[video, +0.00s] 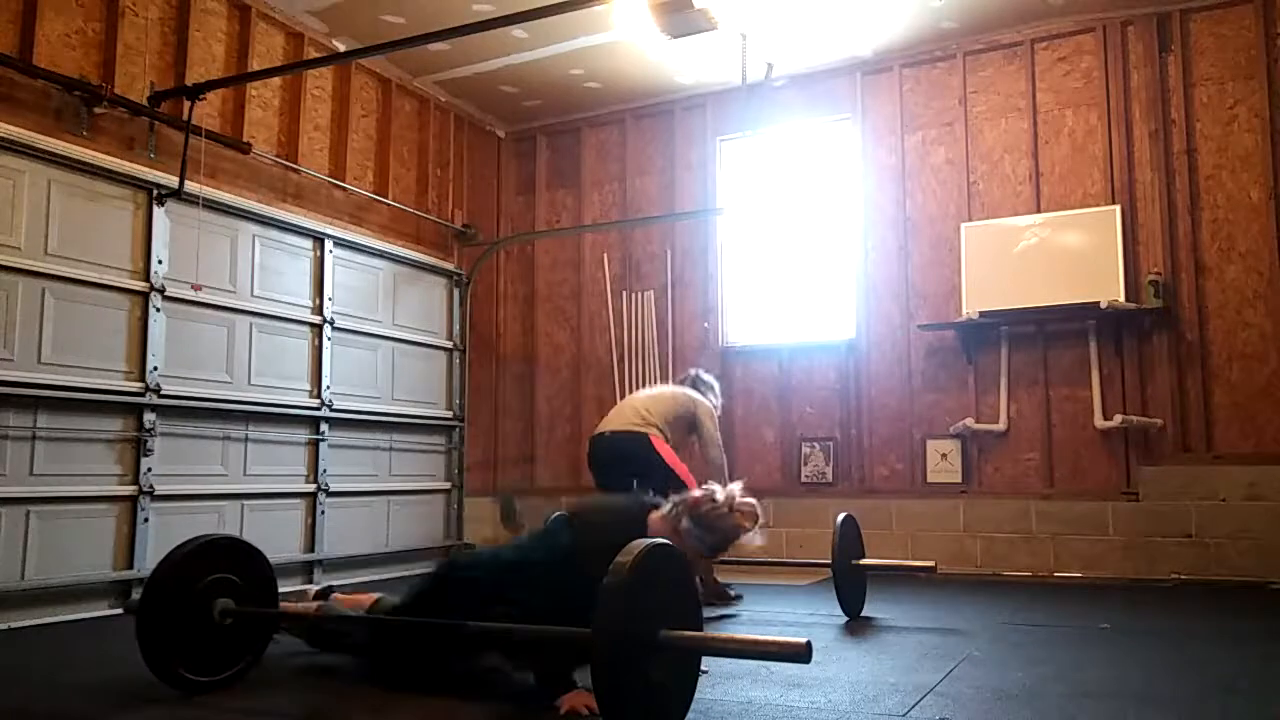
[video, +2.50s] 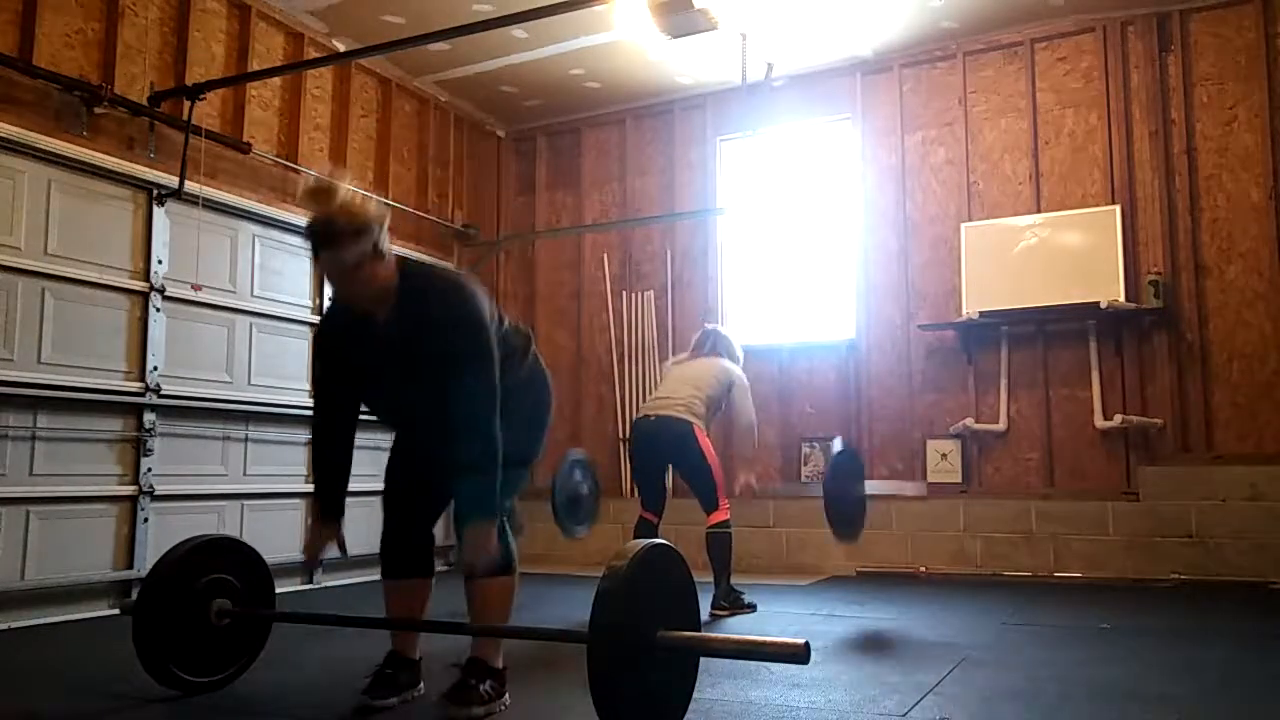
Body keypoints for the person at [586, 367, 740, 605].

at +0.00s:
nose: (716, 414)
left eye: (718, 409)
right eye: (716, 408)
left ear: (686, 386)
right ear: (707, 395)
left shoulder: (657, 396)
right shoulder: (702, 404)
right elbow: (715, 459)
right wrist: (725, 498)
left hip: (600, 443)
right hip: (640, 441)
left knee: (629, 517)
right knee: (694, 505)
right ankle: (709, 585)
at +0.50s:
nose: (730, 406)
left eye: (729, 401)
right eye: (729, 401)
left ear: (696, 388)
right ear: (723, 396)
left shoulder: (670, 397)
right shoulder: (724, 408)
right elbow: (735, 469)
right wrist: (744, 514)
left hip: (633, 436)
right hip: (678, 435)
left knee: (644, 515)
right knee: (706, 513)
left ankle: (629, 590)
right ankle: (715, 595)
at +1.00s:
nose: (722, 329)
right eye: (720, 323)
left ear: (680, 320)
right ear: (714, 323)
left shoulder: (660, 347)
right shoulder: (720, 351)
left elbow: (646, 390)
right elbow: (735, 408)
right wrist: (739, 461)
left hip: (639, 425)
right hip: (679, 428)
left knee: (648, 509)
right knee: (711, 507)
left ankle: (647, 593)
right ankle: (724, 592)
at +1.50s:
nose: (724, 332)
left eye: (722, 328)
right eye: (722, 327)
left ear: (687, 328)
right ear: (716, 328)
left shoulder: (665, 352)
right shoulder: (720, 346)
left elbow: (625, 364)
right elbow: (747, 356)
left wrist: (637, 399)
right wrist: (738, 399)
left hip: (650, 422)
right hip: (689, 422)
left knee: (653, 506)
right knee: (715, 507)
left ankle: (631, 585)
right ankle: (723, 592)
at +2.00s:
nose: (727, 342)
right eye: (727, 337)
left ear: (692, 331)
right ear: (721, 333)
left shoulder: (669, 351)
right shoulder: (729, 349)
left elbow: (636, 391)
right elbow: (745, 381)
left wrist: (643, 426)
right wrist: (745, 429)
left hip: (646, 425)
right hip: (686, 425)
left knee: (653, 506)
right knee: (715, 508)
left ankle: (632, 587)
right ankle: (723, 592)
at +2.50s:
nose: (737, 361)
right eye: (736, 356)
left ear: (698, 347)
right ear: (729, 353)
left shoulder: (675, 363)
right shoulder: (732, 370)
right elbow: (746, 421)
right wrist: (746, 468)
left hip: (643, 428)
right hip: (683, 430)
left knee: (650, 509)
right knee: (716, 509)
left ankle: (634, 587)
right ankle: (723, 592)